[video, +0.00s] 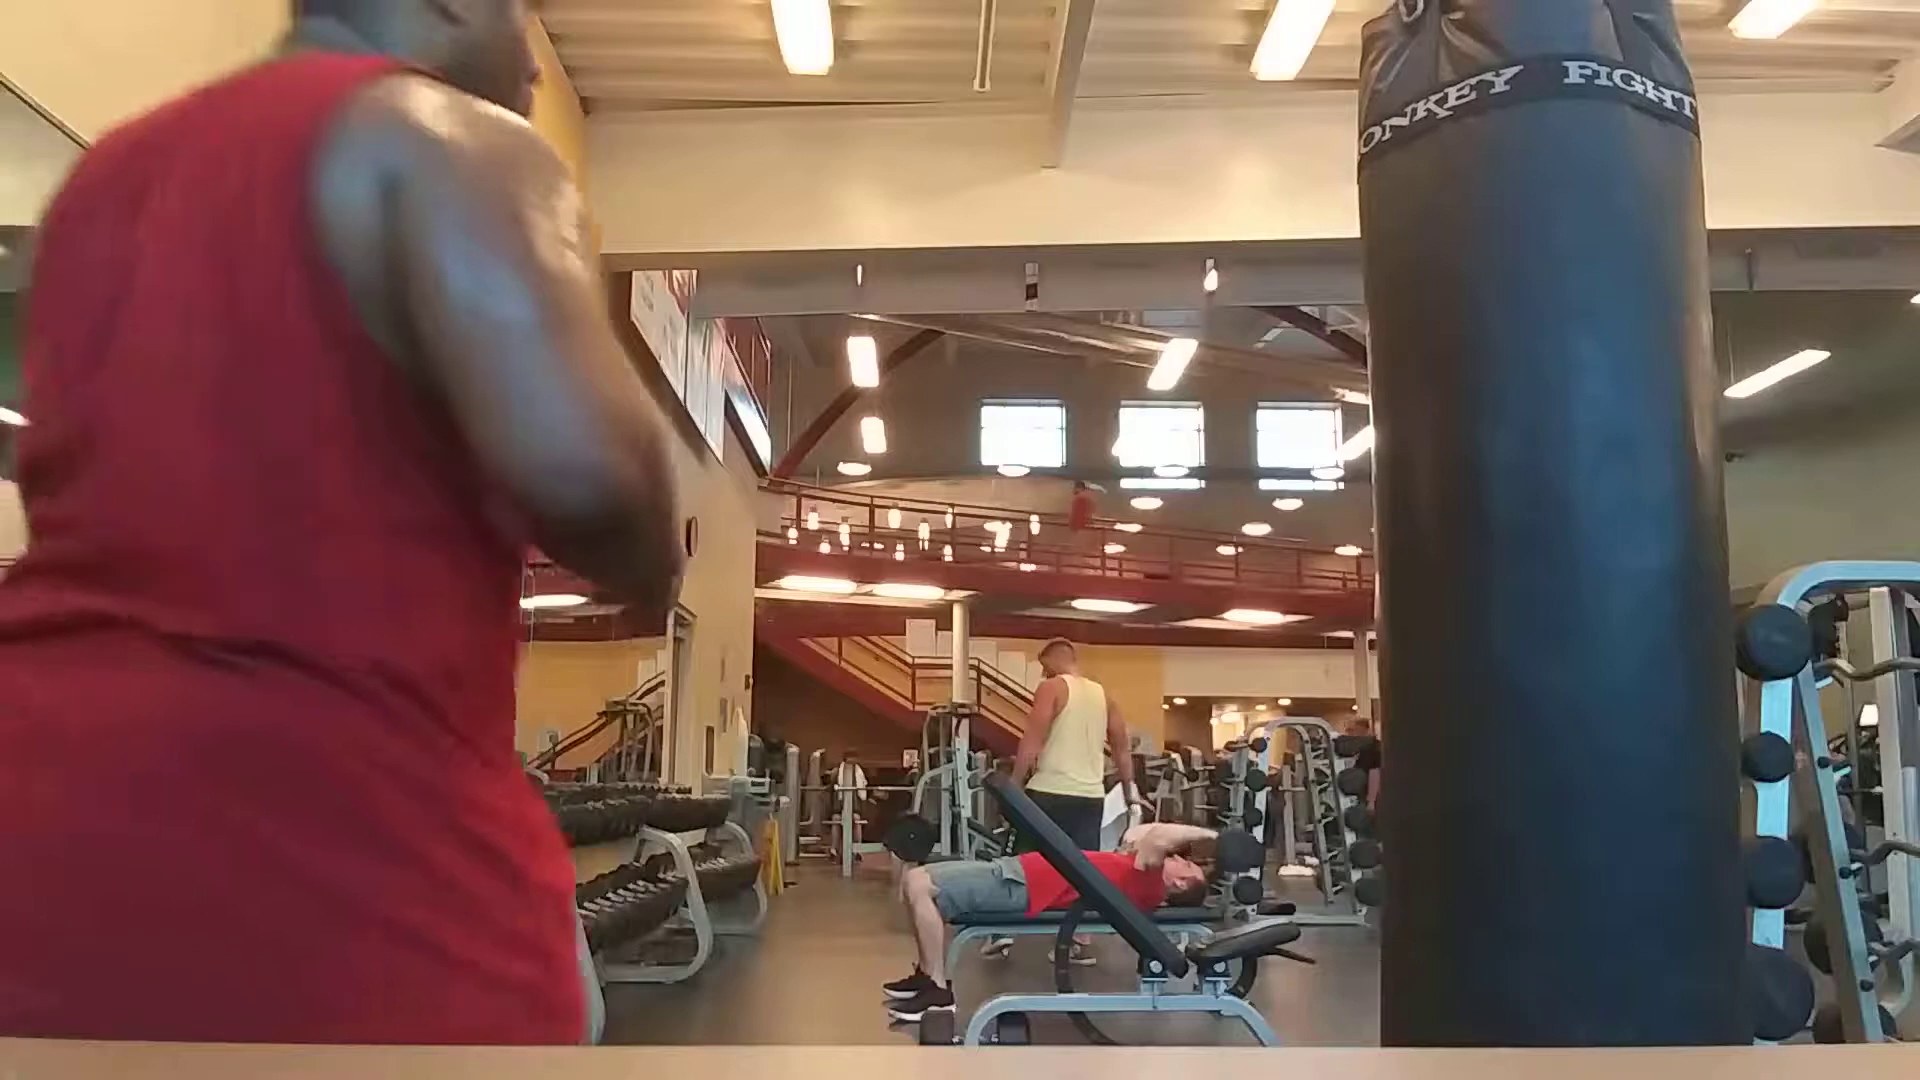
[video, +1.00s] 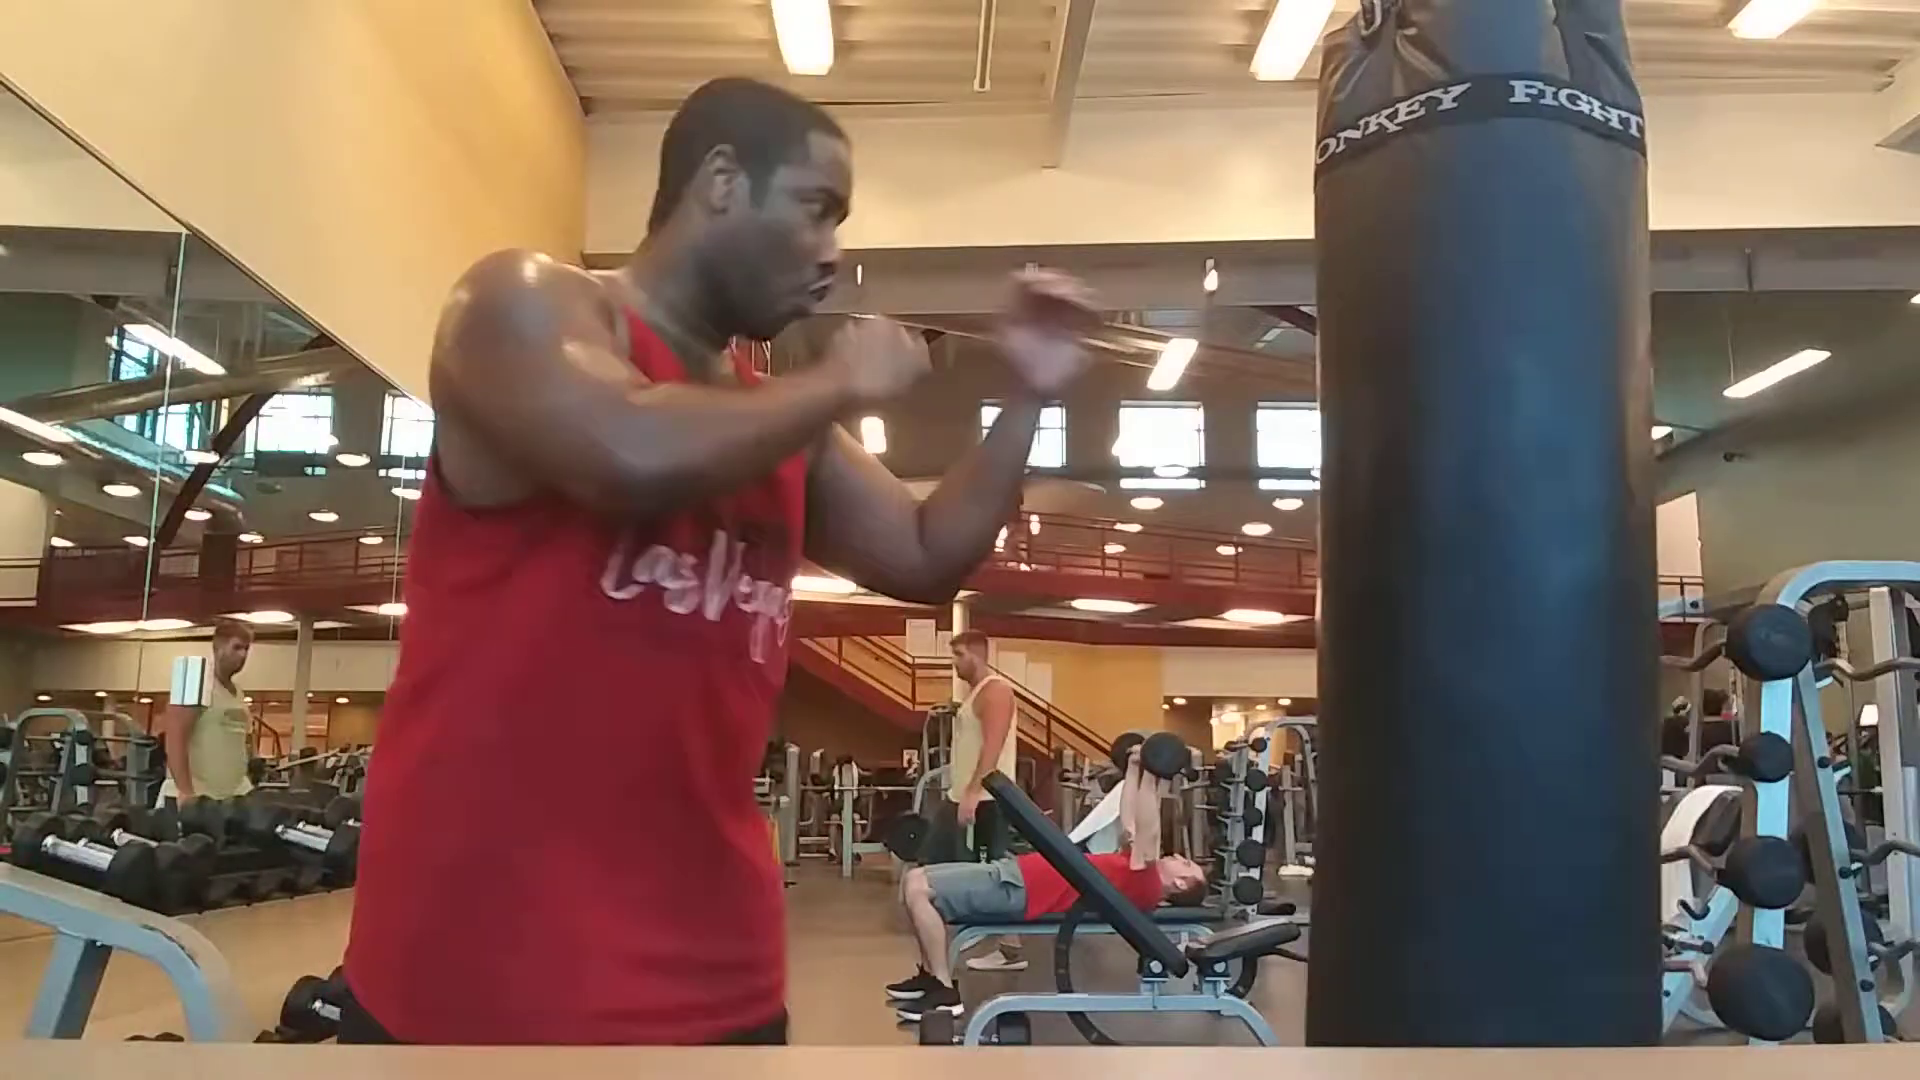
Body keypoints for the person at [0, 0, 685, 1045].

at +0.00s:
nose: (535, 66)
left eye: (534, 27)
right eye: (527, 19)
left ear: (317, 9)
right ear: (457, 4)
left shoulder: (101, 167)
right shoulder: (446, 139)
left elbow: (57, 456)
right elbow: (582, 469)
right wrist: (643, 576)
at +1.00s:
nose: (837, 253)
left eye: (842, 224)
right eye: (819, 210)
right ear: (720, 189)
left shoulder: (781, 411)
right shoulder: (523, 297)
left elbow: (924, 558)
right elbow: (627, 457)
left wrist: (1025, 403)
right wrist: (840, 382)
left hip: (706, 987)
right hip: (494, 985)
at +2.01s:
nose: (739, 327)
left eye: (745, 299)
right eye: (723, 285)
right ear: (635, 259)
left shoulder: (675, 452)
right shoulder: (466, 369)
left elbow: (750, 651)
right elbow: (564, 517)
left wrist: (847, 537)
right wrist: (773, 443)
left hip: (698, 978)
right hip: (489, 986)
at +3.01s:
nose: (1133, 324)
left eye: (1134, 299)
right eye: (1110, 288)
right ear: (1011, 275)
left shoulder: (1087, 472)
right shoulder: (860, 440)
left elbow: (1249, 560)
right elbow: (688, 598)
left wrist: (1462, 539)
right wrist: (856, 700)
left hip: (1105, 947)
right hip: (939, 957)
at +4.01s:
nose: (1227, 381)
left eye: (1227, 350)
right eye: (1210, 341)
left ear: (1131, 336)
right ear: (1124, 330)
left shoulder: (1109, 488)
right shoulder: (1030, 456)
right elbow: (1184, 606)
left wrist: (1342, 513)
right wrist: (1379, 515)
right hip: (1062, 990)